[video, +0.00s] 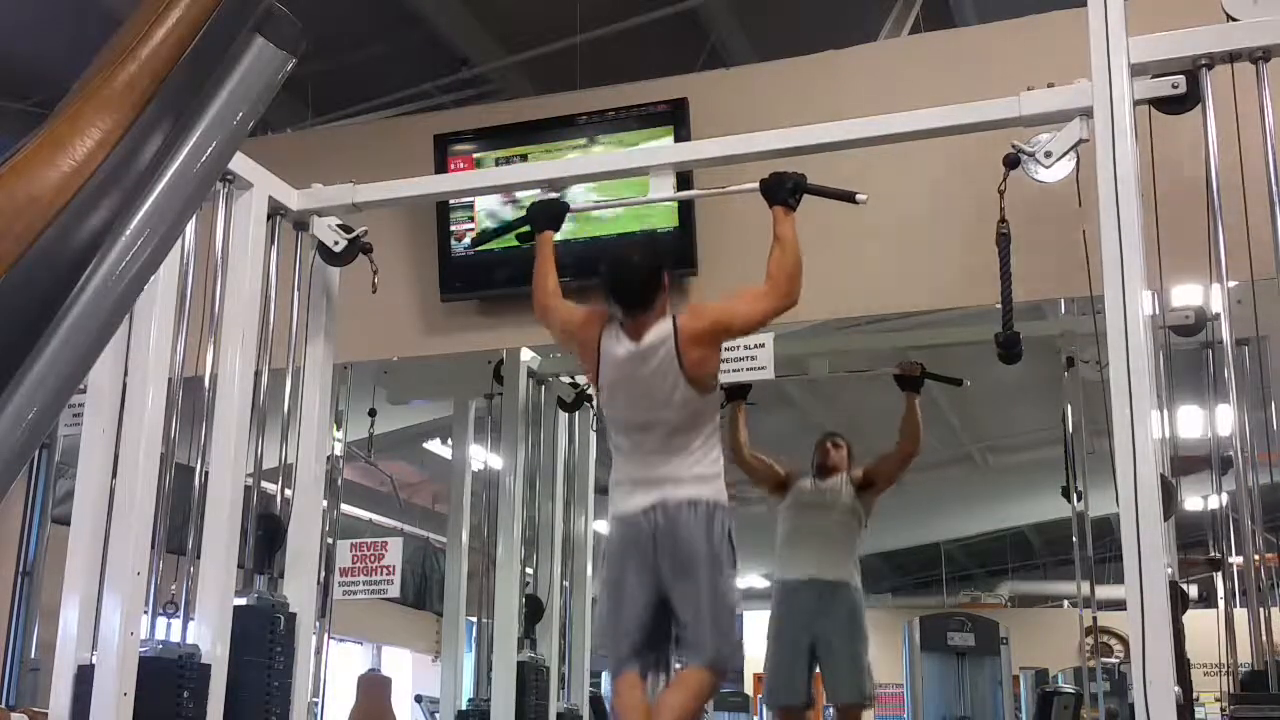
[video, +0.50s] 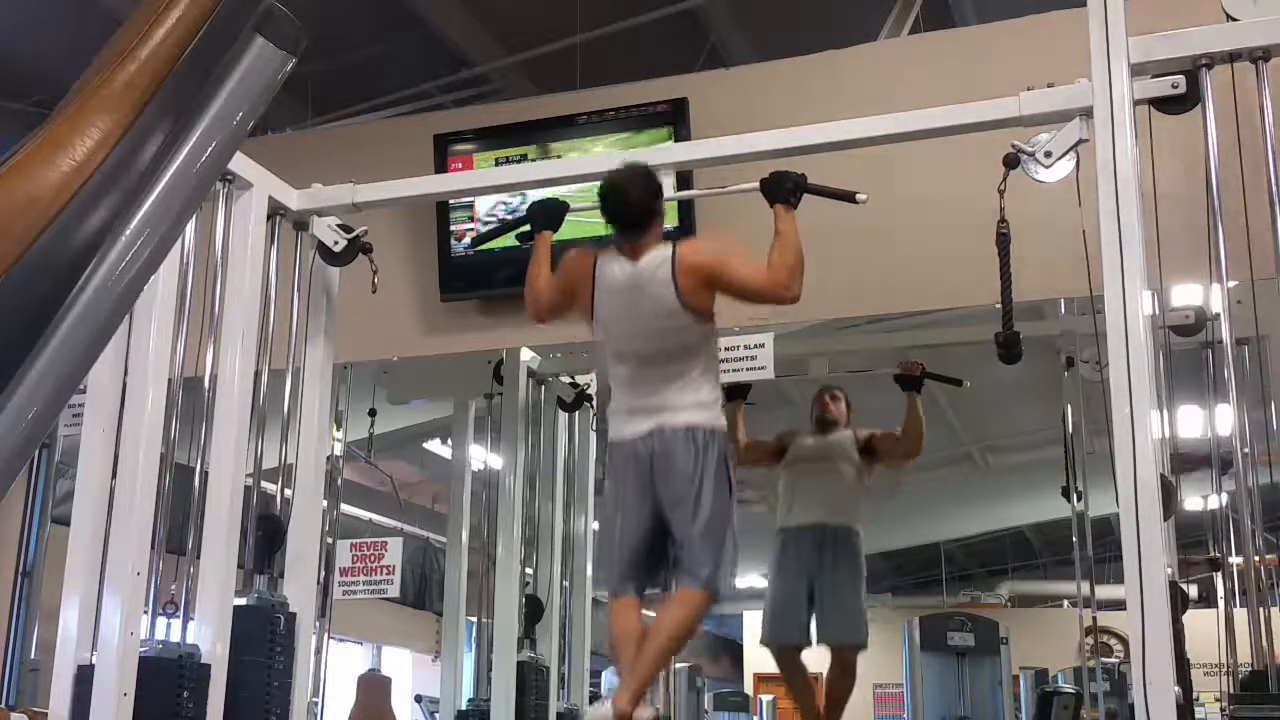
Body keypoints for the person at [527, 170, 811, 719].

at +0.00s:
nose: (672, 282)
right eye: (668, 275)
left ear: (610, 292)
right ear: (666, 284)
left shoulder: (591, 334)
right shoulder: (700, 326)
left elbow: (546, 301)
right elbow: (781, 293)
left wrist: (543, 234)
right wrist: (784, 210)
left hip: (629, 516)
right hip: (695, 512)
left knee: (626, 663)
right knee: (706, 658)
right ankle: (657, 717)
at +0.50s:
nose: (653, 208)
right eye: (654, 200)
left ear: (607, 218)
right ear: (660, 210)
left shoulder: (586, 266)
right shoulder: (694, 259)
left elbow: (539, 304)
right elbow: (783, 286)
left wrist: (542, 237)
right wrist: (785, 211)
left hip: (626, 442)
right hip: (690, 437)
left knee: (623, 582)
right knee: (698, 579)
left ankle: (631, 706)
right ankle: (625, 700)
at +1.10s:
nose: (668, 258)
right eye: (666, 253)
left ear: (612, 274)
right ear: (665, 266)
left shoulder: (591, 322)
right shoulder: (699, 309)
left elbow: (546, 303)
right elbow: (783, 291)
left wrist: (543, 236)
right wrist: (785, 211)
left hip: (628, 504)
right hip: (695, 497)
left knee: (631, 649)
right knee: (712, 644)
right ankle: (658, 716)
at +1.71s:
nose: (664, 206)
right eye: (663, 200)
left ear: (608, 215)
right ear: (661, 210)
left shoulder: (587, 264)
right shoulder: (692, 258)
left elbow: (538, 308)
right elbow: (786, 284)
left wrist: (544, 237)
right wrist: (785, 209)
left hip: (627, 438)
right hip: (692, 433)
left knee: (622, 577)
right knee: (702, 576)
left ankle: (627, 695)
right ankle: (615, 691)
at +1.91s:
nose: (669, 165)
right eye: (667, 159)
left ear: (614, 180)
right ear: (667, 171)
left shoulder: (590, 234)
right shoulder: (698, 226)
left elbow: (542, 304)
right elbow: (777, 278)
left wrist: (542, 234)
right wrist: (785, 206)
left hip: (635, 396)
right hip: (697, 389)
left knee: (641, 540)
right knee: (702, 534)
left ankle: (656, 667)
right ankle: (633, 662)